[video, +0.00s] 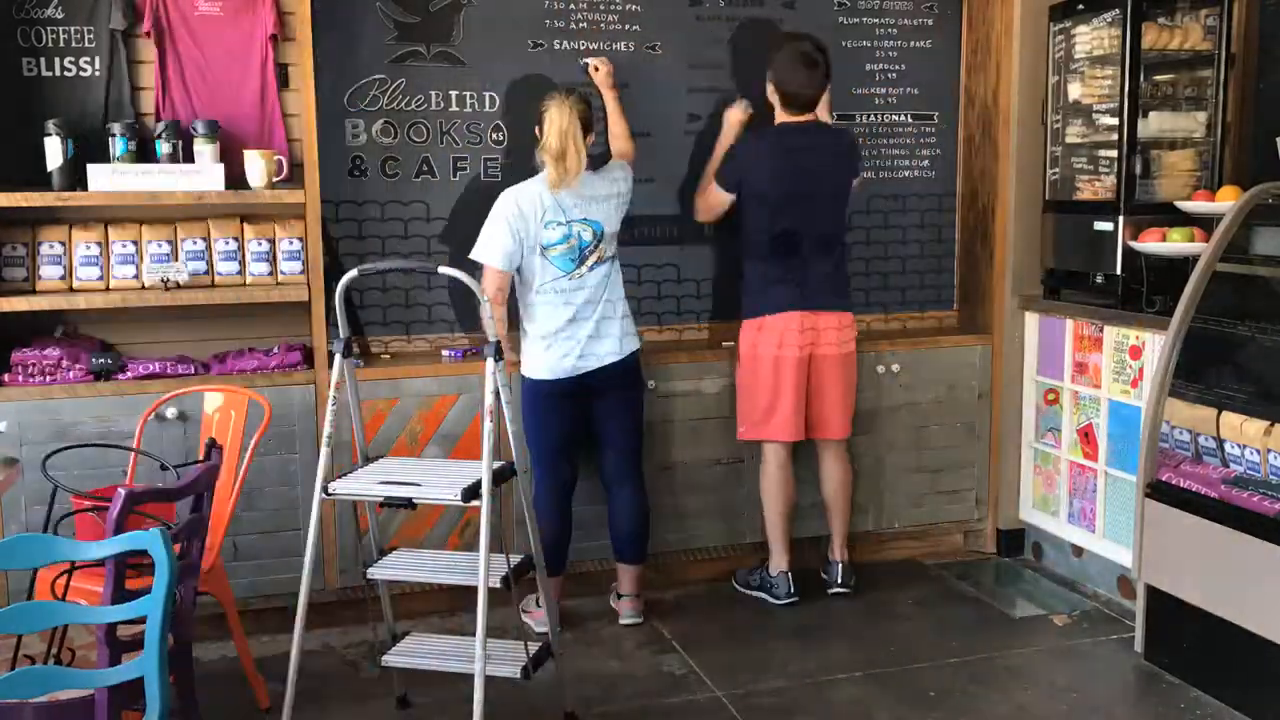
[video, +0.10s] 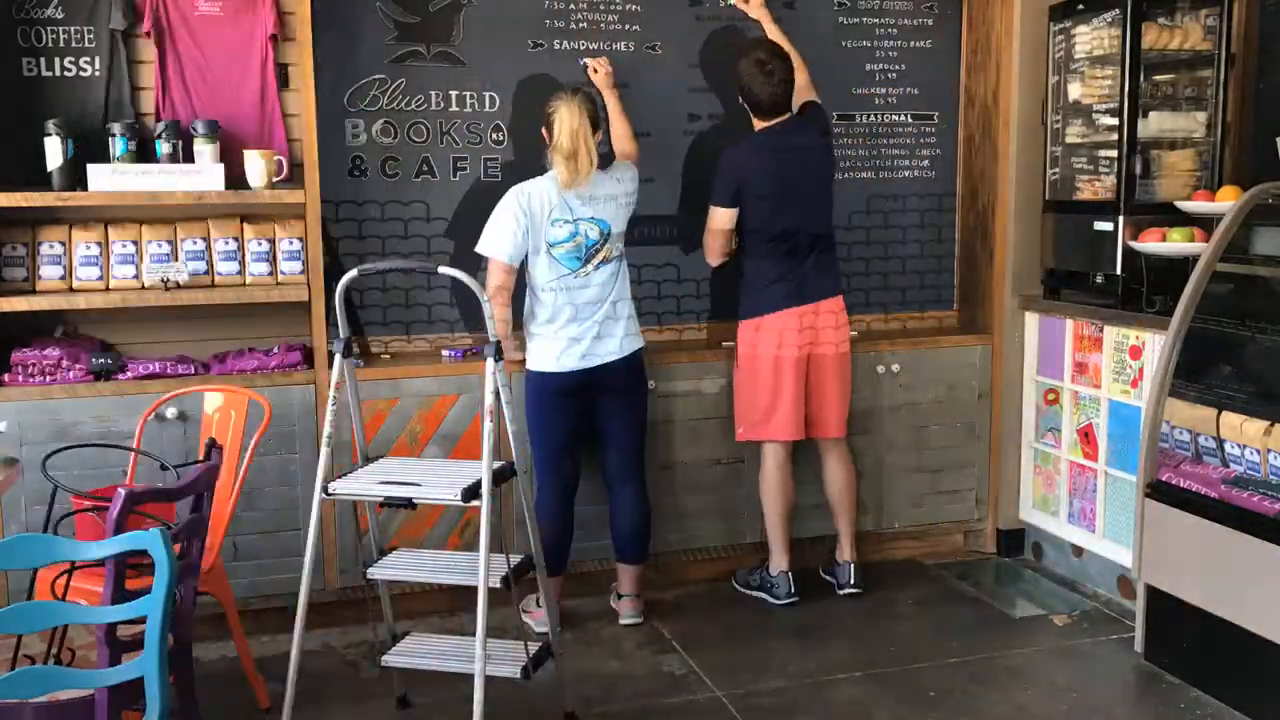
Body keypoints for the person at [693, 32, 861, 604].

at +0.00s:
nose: (765, 85)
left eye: (768, 78)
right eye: (773, 78)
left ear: (771, 89)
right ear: (824, 91)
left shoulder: (754, 151)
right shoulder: (843, 148)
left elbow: (706, 210)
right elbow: (842, 182)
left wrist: (726, 139)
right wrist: (820, 116)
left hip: (772, 315)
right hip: (832, 312)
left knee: (776, 447)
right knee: (833, 442)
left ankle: (779, 572)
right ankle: (839, 563)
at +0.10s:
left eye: (741, 78)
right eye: (782, 70)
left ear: (743, 97)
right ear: (790, 90)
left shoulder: (739, 157)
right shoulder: (816, 133)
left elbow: (715, 252)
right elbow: (799, 73)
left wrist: (737, 233)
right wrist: (766, 22)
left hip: (769, 318)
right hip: (827, 309)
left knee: (775, 447)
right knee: (833, 441)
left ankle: (779, 572)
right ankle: (847, 562)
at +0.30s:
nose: (742, 79)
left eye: (743, 71)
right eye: (746, 70)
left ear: (750, 77)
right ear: (810, 74)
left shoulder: (738, 153)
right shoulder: (848, 147)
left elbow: (700, 257)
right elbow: (870, 243)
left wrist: (728, 237)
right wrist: (806, 236)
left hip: (770, 351)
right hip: (839, 342)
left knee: (785, 491)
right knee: (843, 474)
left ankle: (800, 632)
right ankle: (860, 597)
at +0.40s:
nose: (750, 88)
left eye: (748, 80)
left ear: (750, 86)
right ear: (805, 83)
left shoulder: (730, 154)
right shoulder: (839, 150)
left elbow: (698, 249)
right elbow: (856, 246)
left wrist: (740, 242)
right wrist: (810, 229)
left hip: (758, 333)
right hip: (825, 328)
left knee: (768, 463)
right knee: (838, 454)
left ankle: (777, 591)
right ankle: (865, 583)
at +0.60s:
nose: (772, 122)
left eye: (770, 114)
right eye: (770, 116)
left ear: (787, 117)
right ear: (822, 94)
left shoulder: (824, 167)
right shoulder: (851, 132)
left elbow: (848, 264)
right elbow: (783, 117)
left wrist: (795, 274)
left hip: (859, 325)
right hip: (893, 313)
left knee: (852, 451)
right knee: (892, 440)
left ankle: (850, 578)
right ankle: (914, 550)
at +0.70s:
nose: (709, 124)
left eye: (708, 117)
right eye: (709, 118)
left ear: (713, 119)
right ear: (764, 111)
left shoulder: (721, 170)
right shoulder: (799, 160)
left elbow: (725, 264)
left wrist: (730, 336)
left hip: (785, 334)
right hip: (843, 324)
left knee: (778, 464)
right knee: (838, 452)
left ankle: (778, 598)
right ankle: (847, 574)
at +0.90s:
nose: (796, 121)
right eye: (793, 112)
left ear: (736, 118)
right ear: (791, 119)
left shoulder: (718, 169)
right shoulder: (810, 171)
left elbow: (712, 261)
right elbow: (801, 224)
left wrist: (702, 334)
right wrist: (800, 155)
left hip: (760, 332)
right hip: (827, 327)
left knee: (754, 459)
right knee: (828, 461)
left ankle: (771, 590)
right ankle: (835, 593)